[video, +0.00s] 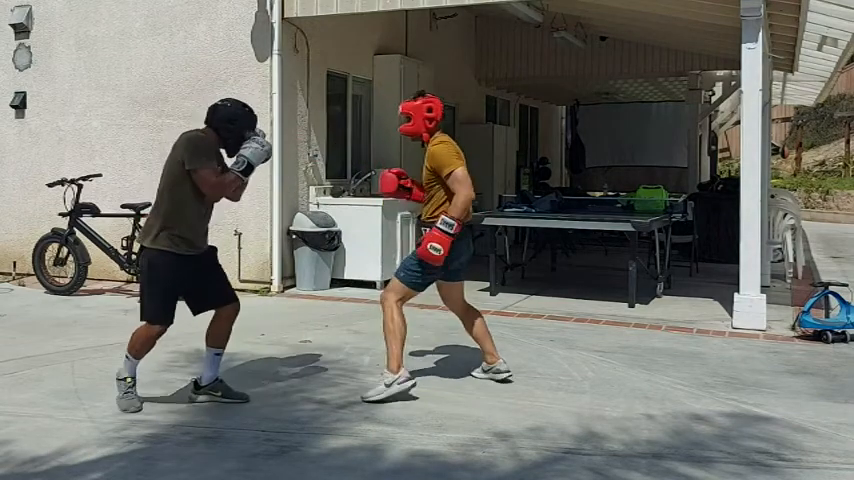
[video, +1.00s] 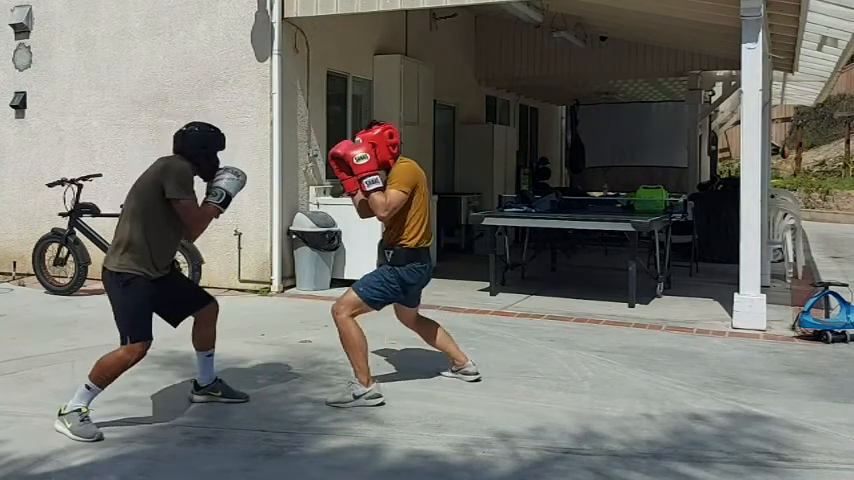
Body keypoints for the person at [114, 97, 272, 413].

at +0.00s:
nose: (245, 140)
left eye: (248, 135)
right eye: (245, 134)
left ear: (223, 127)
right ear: (228, 128)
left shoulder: (214, 153)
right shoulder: (195, 141)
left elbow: (234, 193)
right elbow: (212, 188)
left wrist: (249, 162)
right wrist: (243, 164)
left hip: (195, 251)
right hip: (161, 249)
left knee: (228, 307)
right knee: (157, 324)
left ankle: (209, 380)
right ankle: (126, 376)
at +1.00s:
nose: (218, 159)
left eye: (218, 152)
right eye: (215, 152)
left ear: (187, 148)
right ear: (200, 152)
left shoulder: (176, 174)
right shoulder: (174, 168)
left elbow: (188, 231)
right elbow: (195, 225)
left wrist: (215, 200)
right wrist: (219, 195)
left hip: (157, 270)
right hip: (127, 271)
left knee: (207, 309)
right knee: (136, 345)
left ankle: (206, 383)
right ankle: (73, 410)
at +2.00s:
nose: (218, 139)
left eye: (217, 133)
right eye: (213, 133)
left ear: (189, 135)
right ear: (199, 136)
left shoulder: (201, 163)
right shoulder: (168, 160)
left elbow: (231, 188)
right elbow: (194, 211)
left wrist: (257, 176)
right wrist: (221, 178)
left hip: (165, 257)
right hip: (129, 255)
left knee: (211, 308)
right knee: (107, 330)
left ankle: (208, 381)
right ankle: (44, 399)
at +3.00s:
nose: (184, 136)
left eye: (183, 130)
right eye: (178, 131)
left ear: (162, 137)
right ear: (160, 137)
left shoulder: (186, 160)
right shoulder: (130, 167)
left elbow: (224, 174)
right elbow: (150, 214)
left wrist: (245, 164)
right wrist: (181, 185)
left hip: (174, 265)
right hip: (130, 266)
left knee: (227, 305)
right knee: (90, 334)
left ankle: (222, 370)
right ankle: (29, 404)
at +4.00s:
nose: (189, 126)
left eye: (189, 120)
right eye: (183, 120)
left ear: (182, 122)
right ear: (163, 121)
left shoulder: (183, 153)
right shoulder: (129, 151)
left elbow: (194, 194)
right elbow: (135, 202)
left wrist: (214, 198)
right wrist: (161, 170)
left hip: (164, 247)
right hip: (125, 244)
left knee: (199, 305)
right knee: (104, 319)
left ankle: (200, 381)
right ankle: (80, 378)